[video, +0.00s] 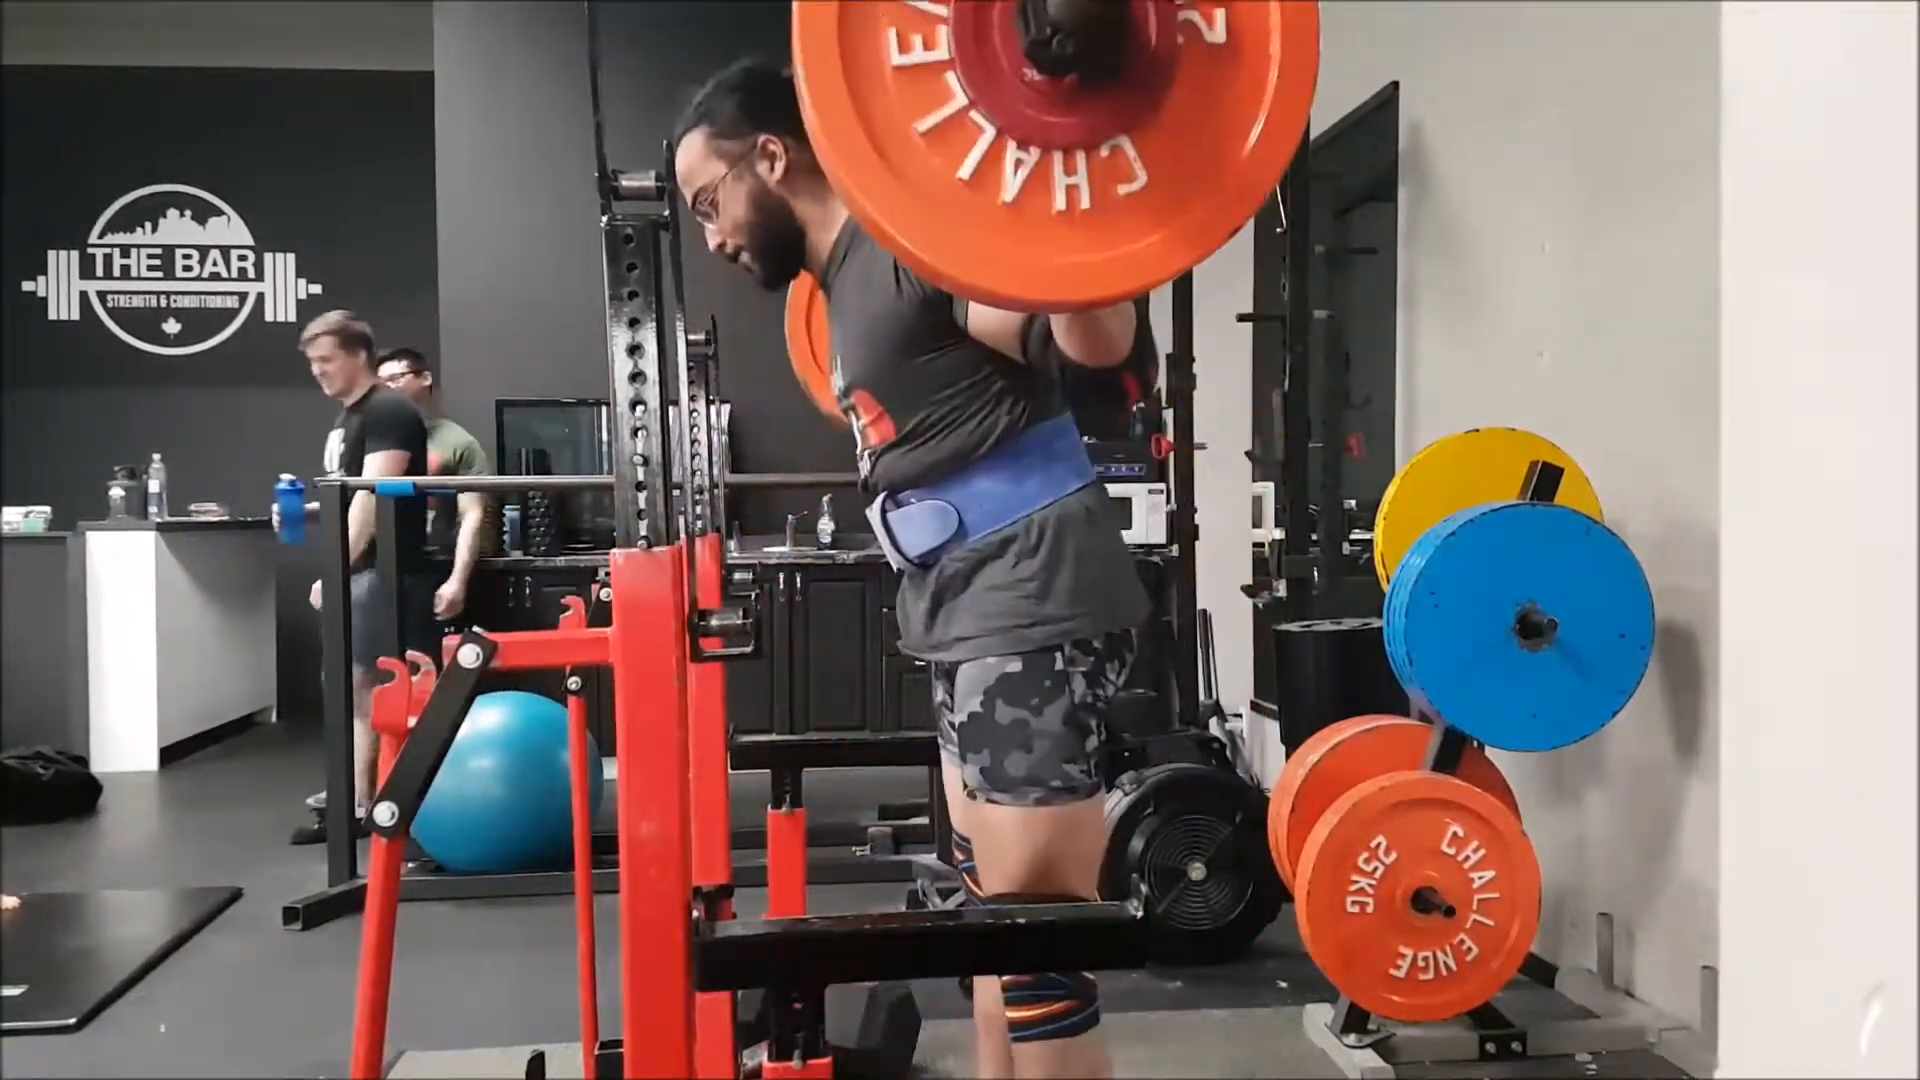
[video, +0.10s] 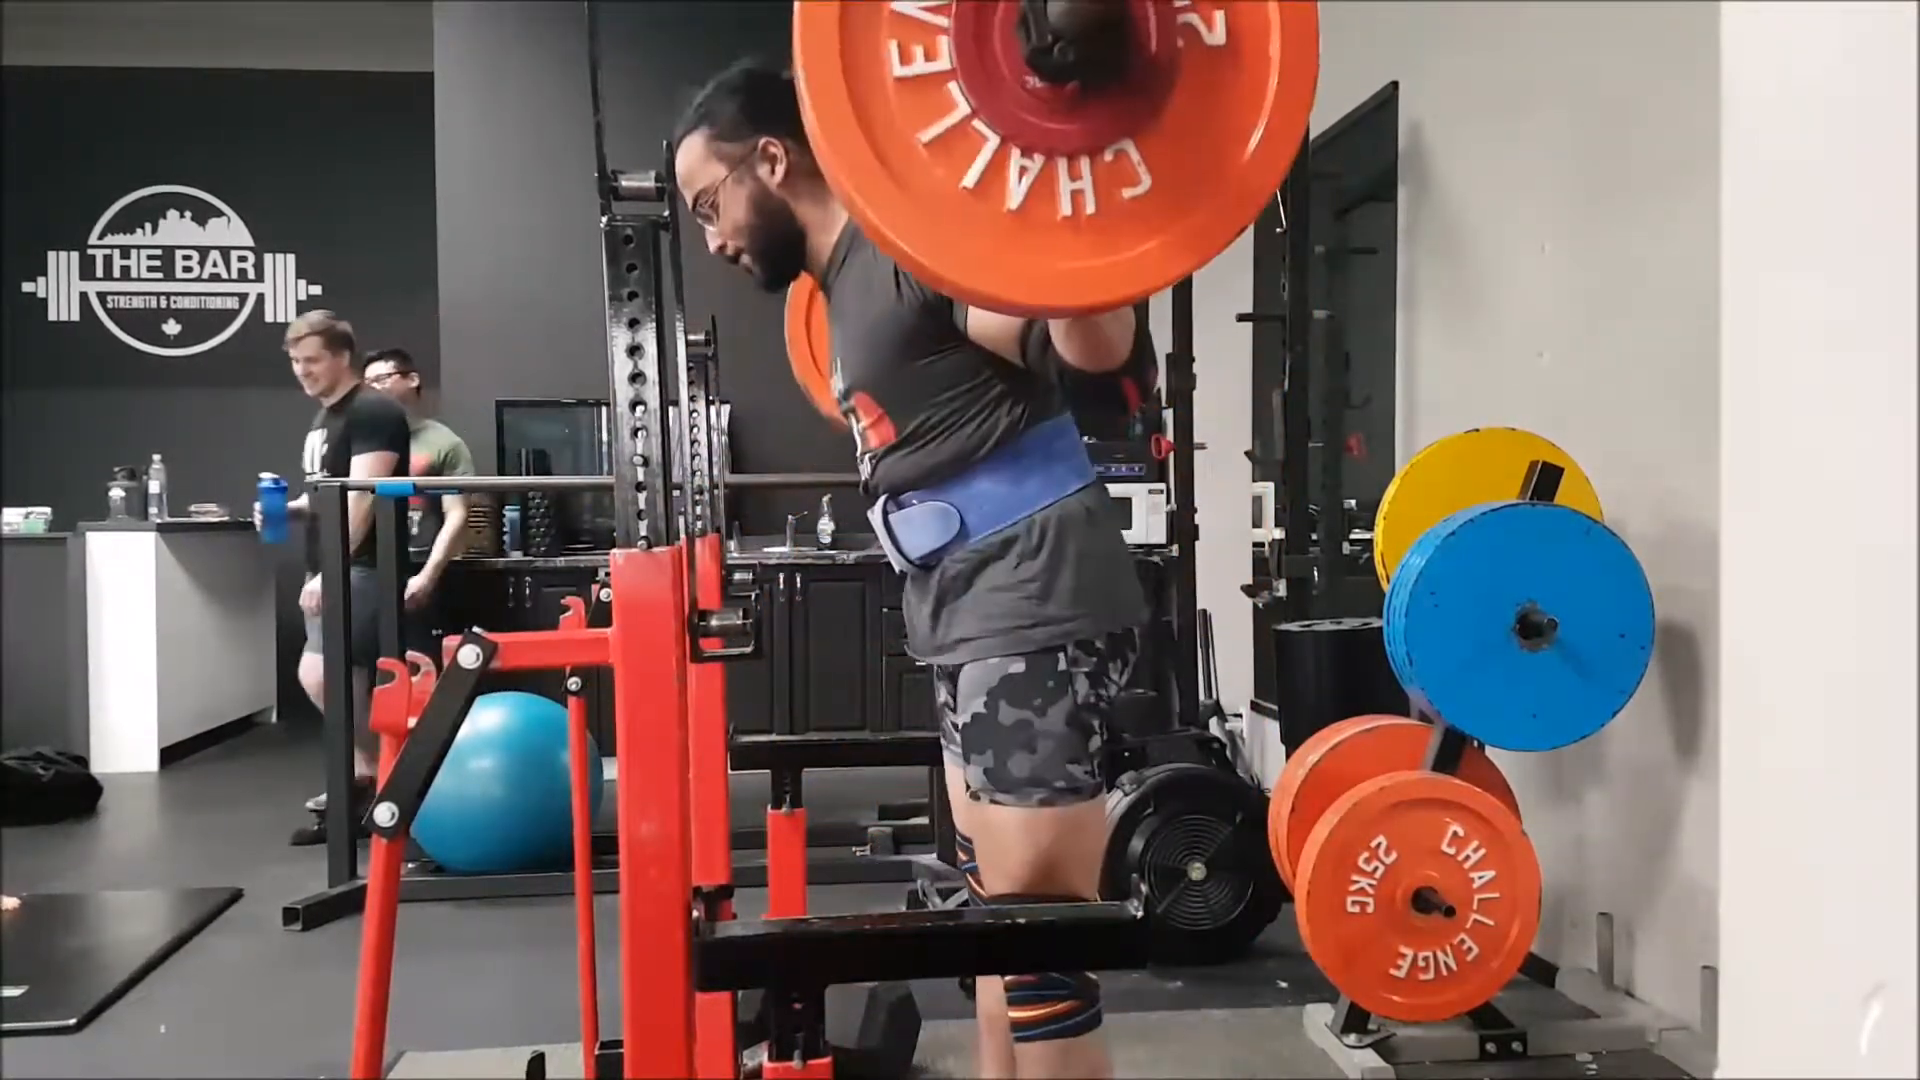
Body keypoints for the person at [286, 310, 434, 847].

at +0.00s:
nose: (318, 372)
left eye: (325, 359)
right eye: (313, 362)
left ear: (359, 355)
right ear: (319, 364)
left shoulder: (391, 411)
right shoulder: (349, 418)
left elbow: (374, 502)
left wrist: (336, 569)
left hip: (389, 571)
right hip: (360, 570)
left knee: (380, 691)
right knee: (358, 691)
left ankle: (393, 809)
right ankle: (353, 801)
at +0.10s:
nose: (302, 371)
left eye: (311, 360)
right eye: (296, 362)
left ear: (344, 356)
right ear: (295, 364)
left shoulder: (374, 410)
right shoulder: (327, 417)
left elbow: (364, 500)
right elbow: (326, 494)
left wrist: (326, 571)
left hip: (368, 568)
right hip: (339, 567)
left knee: (316, 673)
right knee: (347, 680)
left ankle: (366, 776)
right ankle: (359, 784)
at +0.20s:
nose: (287, 372)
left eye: (296, 361)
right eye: (281, 364)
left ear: (328, 358)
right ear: (280, 367)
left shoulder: (361, 414)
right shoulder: (305, 420)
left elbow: (352, 503)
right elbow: (309, 499)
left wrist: (315, 572)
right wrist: (269, 508)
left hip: (346, 577)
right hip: (313, 574)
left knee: (306, 680)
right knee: (345, 697)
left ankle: (324, 807)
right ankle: (363, 810)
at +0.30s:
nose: (275, 372)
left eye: (284, 360)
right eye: (269, 363)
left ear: (316, 357)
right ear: (269, 365)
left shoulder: (349, 415)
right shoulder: (291, 419)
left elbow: (338, 505)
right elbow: (292, 497)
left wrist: (299, 578)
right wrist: (257, 510)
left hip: (330, 581)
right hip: (293, 577)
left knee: (306, 696)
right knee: (318, 698)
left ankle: (283, 832)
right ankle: (354, 810)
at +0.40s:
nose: (261, 371)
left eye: (271, 359)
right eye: (255, 361)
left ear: (303, 357)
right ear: (254, 364)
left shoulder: (336, 419)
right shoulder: (276, 419)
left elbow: (324, 509)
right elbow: (276, 500)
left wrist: (283, 583)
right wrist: (239, 515)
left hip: (321, 583)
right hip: (279, 581)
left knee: (298, 705)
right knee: (307, 704)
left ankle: (271, 838)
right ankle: (349, 805)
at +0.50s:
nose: (247, 361)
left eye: (257, 351)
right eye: (241, 352)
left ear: (292, 350)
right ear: (240, 354)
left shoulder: (326, 413)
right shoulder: (259, 413)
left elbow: (316, 506)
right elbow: (260, 495)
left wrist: (269, 581)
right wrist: (222, 514)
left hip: (309, 584)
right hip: (259, 581)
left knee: (293, 705)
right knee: (257, 701)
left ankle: (266, 844)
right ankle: (321, 795)